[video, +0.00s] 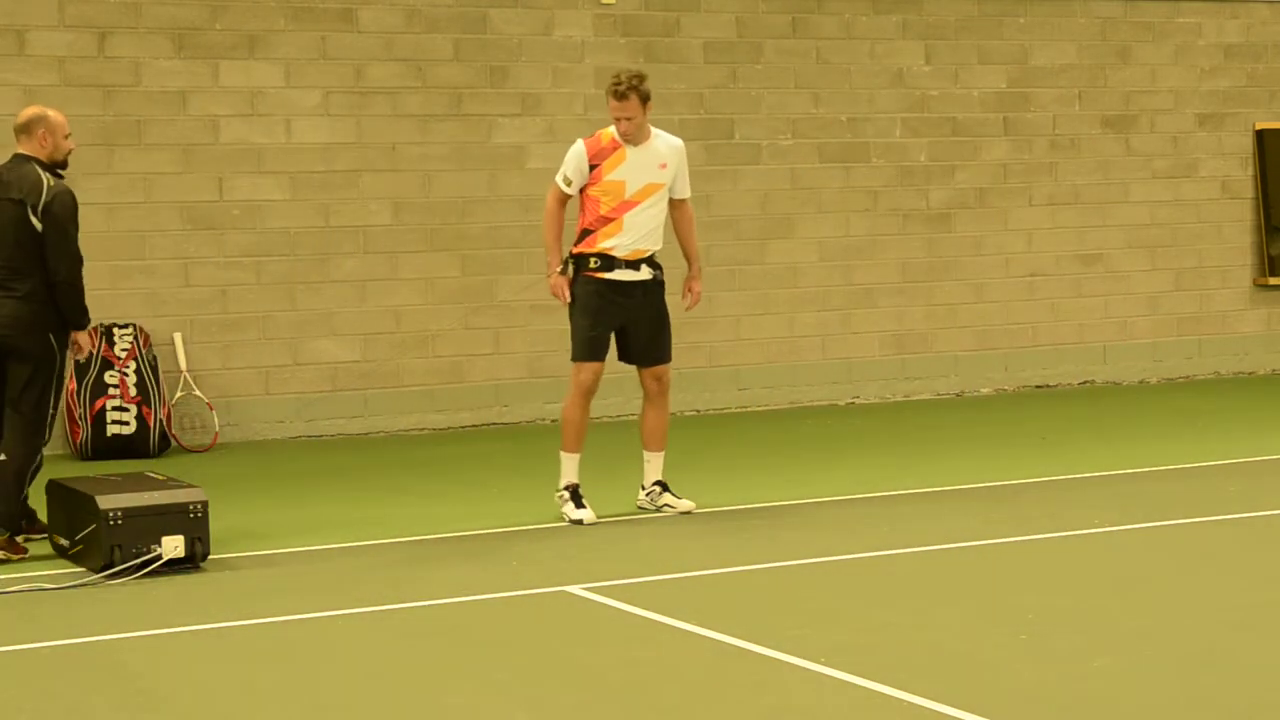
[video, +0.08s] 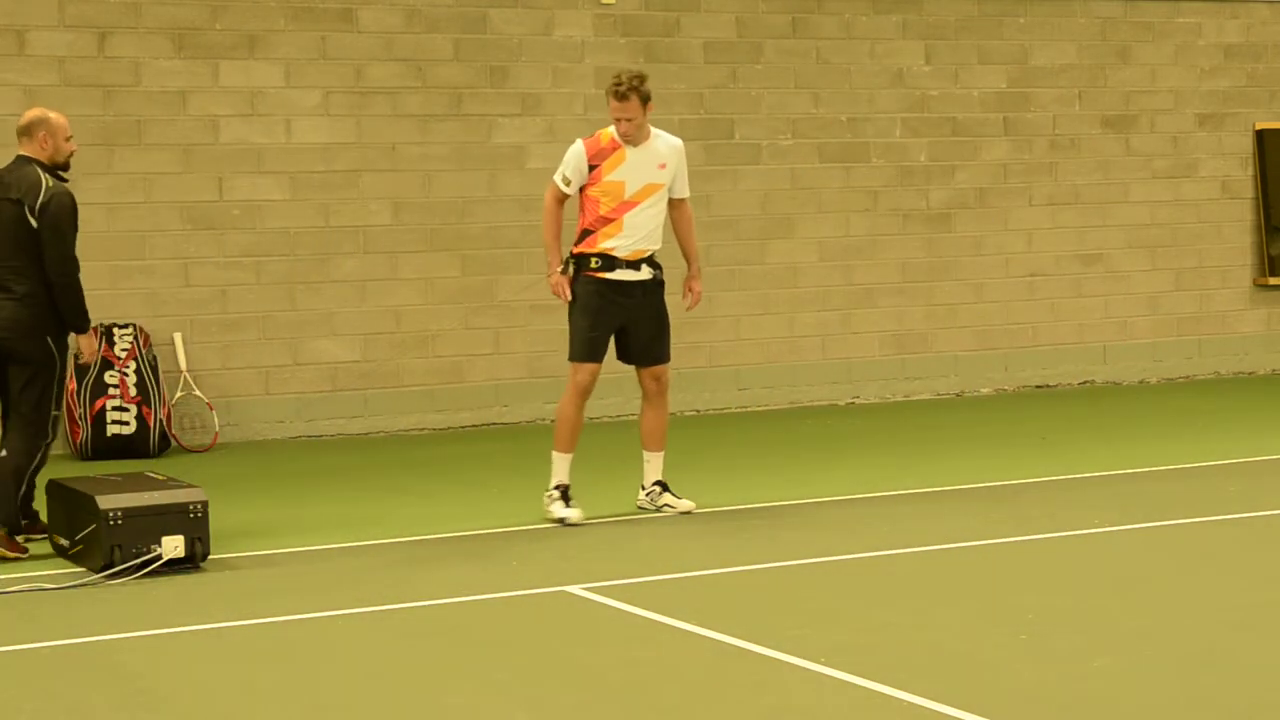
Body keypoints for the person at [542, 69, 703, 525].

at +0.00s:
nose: (622, 127)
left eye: (629, 119)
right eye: (616, 119)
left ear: (648, 110)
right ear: (608, 112)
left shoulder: (671, 150)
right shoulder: (588, 151)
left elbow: (681, 207)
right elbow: (556, 201)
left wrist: (694, 267)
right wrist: (555, 267)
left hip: (645, 282)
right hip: (592, 282)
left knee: (657, 381)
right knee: (585, 380)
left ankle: (652, 487)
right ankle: (569, 487)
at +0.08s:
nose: (622, 127)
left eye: (630, 119)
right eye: (616, 119)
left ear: (649, 111)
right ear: (609, 112)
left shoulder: (670, 149)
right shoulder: (587, 151)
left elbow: (680, 207)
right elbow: (554, 199)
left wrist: (693, 267)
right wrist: (555, 266)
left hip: (644, 283)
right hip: (593, 282)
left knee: (656, 381)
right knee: (582, 380)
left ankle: (652, 487)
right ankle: (558, 489)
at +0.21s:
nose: (615, 129)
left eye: (623, 121)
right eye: (609, 121)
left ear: (642, 113)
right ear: (602, 113)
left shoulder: (662, 149)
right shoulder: (580, 153)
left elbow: (670, 207)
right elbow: (543, 200)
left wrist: (685, 266)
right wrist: (550, 269)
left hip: (641, 285)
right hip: (590, 286)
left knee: (657, 381)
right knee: (574, 386)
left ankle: (653, 487)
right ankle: (550, 492)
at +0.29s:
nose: (608, 133)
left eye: (616, 125)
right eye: (602, 124)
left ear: (634, 117)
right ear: (595, 117)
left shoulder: (654, 152)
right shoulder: (575, 156)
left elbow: (663, 208)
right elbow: (535, 204)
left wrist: (677, 266)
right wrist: (543, 273)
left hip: (635, 288)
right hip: (583, 289)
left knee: (662, 382)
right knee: (570, 390)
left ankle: (654, 486)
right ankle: (550, 493)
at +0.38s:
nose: (599, 137)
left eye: (607, 129)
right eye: (594, 128)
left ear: (628, 122)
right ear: (589, 121)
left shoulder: (649, 154)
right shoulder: (570, 160)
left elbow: (656, 209)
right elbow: (531, 207)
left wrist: (668, 267)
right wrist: (534, 277)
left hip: (633, 288)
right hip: (580, 290)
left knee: (667, 379)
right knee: (568, 390)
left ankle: (657, 482)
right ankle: (549, 494)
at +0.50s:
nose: (595, 139)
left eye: (603, 132)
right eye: (590, 131)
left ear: (625, 125)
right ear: (586, 123)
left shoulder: (650, 155)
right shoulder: (568, 161)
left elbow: (656, 210)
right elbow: (530, 208)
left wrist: (662, 270)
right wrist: (514, 274)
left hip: (632, 289)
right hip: (579, 291)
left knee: (666, 379)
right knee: (567, 389)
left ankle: (665, 480)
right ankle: (549, 494)